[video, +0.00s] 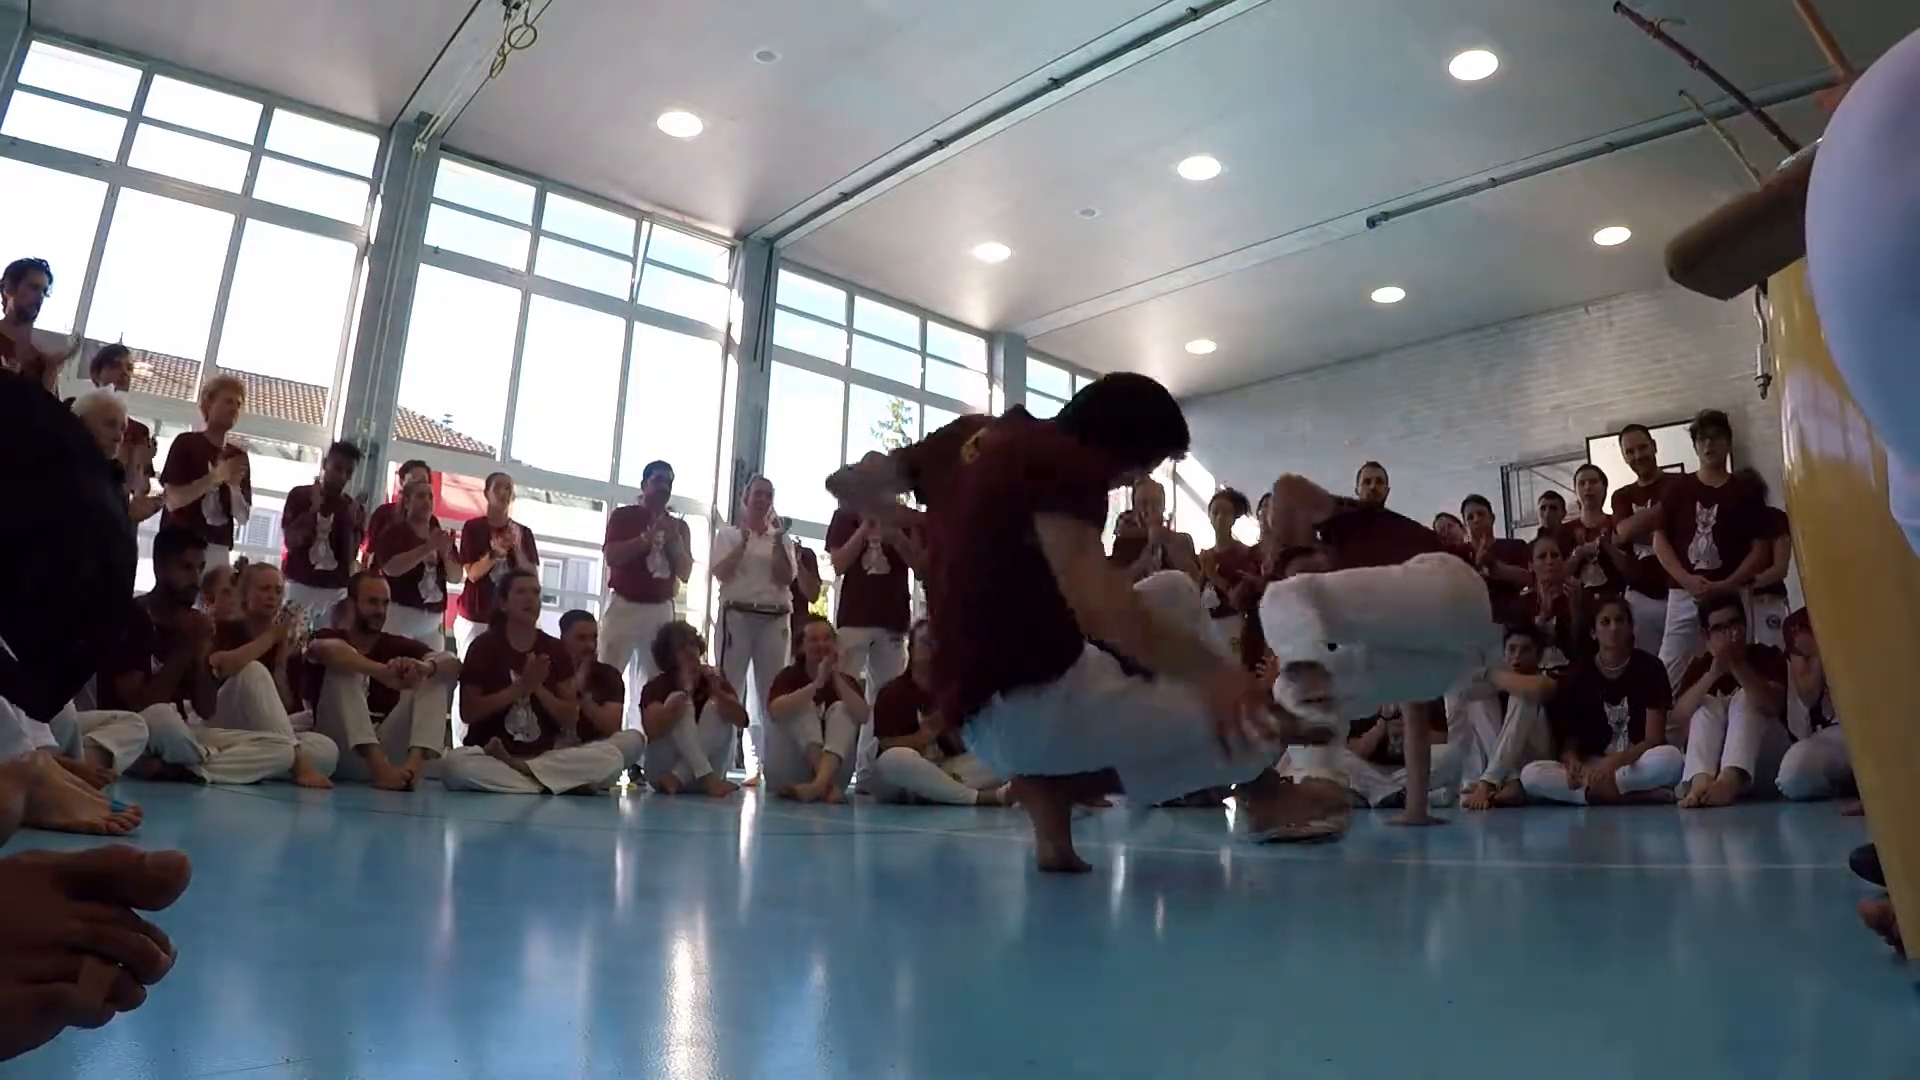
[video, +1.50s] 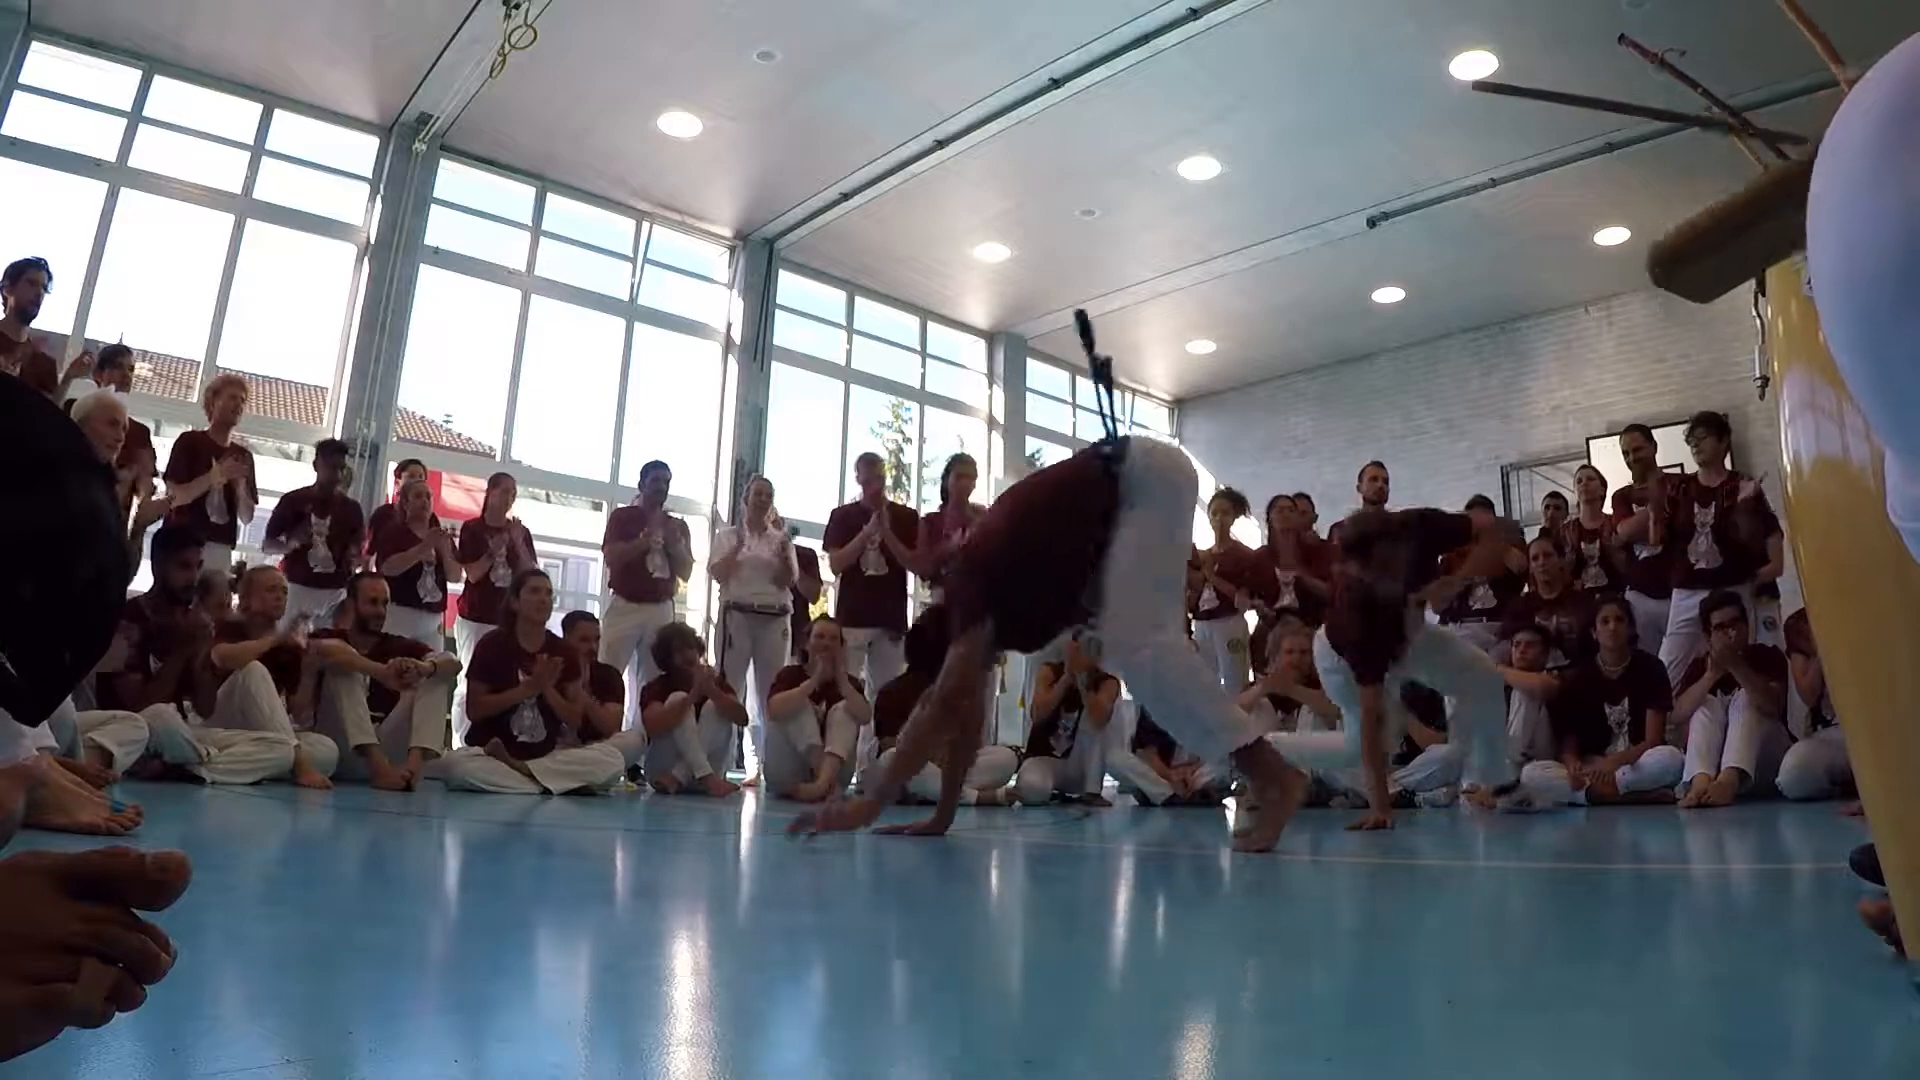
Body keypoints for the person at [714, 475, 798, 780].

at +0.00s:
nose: (761, 499)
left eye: (766, 495)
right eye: (757, 494)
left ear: (773, 501)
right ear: (745, 498)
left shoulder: (783, 538)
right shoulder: (729, 533)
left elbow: (785, 578)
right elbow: (720, 574)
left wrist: (778, 540)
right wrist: (743, 543)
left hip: (774, 617)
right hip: (736, 615)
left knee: (773, 692)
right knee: (730, 689)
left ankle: (771, 762)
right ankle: (727, 762)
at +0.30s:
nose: (761, 500)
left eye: (766, 495)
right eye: (756, 494)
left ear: (773, 502)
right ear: (745, 498)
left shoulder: (782, 539)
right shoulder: (728, 534)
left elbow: (788, 580)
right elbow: (716, 573)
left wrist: (784, 543)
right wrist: (735, 543)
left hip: (775, 618)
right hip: (736, 616)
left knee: (772, 693)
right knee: (729, 691)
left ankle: (769, 764)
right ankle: (723, 765)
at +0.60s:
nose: (761, 500)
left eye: (766, 496)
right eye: (757, 494)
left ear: (773, 501)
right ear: (745, 498)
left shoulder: (783, 535)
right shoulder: (729, 534)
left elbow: (786, 578)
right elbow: (718, 574)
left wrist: (778, 541)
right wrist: (742, 544)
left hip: (776, 616)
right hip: (737, 614)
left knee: (771, 693)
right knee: (730, 690)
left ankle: (768, 764)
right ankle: (725, 764)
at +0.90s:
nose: (759, 504)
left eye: (765, 498)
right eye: (755, 498)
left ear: (774, 504)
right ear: (744, 501)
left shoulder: (782, 534)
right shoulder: (728, 535)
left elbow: (789, 574)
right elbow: (722, 575)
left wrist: (771, 546)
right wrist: (750, 550)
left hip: (775, 616)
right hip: (737, 614)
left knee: (772, 694)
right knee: (730, 690)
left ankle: (769, 764)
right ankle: (723, 764)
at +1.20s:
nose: (760, 500)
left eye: (765, 495)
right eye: (755, 494)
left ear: (773, 501)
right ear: (745, 498)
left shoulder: (784, 539)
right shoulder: (728, 534)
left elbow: (784, 580)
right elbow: (724, 576)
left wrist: (764, 539)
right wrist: (757, 550)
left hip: (771, 618)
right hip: (736, 616)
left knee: (771, 695)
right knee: (728, 692)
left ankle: (768, 765)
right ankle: (723, 766)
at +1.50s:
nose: (761, 499)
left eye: (766, 495)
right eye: (756, 494)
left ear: (772, 501)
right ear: (745, 497)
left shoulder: (781, 539)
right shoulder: (728, 535)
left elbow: (789, 581)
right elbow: (717, 574)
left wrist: (784, 550)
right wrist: (736, 549)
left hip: (774, 616)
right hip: (736, 614)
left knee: (771, 694)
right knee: (729, 691)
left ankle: (767, 764)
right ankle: (724, 765)